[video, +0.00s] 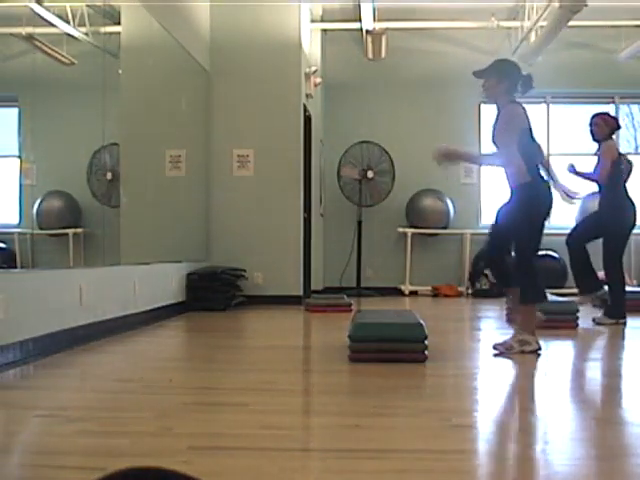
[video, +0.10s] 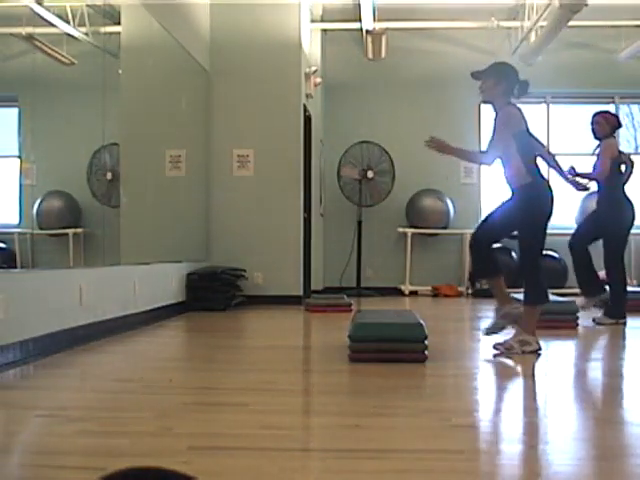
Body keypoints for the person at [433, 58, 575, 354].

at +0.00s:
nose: (483, 86)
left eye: (488, 81)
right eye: (484, 81)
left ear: (504, 84)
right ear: (504, 85)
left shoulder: (510, 113)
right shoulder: (513, 112)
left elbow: (507, 158)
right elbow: (537, 152)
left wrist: (463, 156)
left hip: (528, 194)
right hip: (528, 193)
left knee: (523, 260)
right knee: (496, 254)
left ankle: (527, 335)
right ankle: (523, 328)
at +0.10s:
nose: (480, 86)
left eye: (485, 82)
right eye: (481, 82)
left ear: (501, 86)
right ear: (500, 87)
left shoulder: (507, 114)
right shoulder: (508, 114)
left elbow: (488, 158)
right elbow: (540, 149)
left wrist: (450, 150)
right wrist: (568, 178)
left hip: (531, 197)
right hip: (530, 196)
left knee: (529, 265)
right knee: (479, 241)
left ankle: (528, 337)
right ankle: (505, 304)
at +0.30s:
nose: (484, 88)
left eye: (489, 83)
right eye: (485, 83)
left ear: (504, 84)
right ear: (500, 85)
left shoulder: (515, 114)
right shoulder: (508, 115)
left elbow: (512, 168)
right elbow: (506, 167)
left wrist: (504, 212)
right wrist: (501, 210)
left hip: (519, 196)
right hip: (510, 195)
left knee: (517, 262)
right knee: (501, 261)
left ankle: (527, 335)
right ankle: (512, 329)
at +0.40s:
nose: (482, 85)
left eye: (487, 80)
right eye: (483, 80)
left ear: (503, 83)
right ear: (501, 84)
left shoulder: (509, 111)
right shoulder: (506, 112)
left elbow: (520, 156)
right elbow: (499, 160)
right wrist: (466, 183)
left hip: (520, 188)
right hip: (517, 187)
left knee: (509, 256)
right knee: (508, 255)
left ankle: (521, 328)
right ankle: (517, 326)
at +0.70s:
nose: (479, 86)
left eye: (484, 81)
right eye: (480, 81)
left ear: (500, 85)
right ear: (494, 86)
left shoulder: (510, 113)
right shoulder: (496, 118)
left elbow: (535, 156)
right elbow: (495, 162)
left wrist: (535, 201)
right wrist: (468, 190)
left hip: (519, 191)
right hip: (507, 192)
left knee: (506, 257)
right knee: (502, 258)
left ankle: (517, 332)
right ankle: (511, 330)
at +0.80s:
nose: (481, 84)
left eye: (487, 80)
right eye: (481, 80)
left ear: (503, 83)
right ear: (492, 84)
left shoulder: (511, 113)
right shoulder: (498, 115)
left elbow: (512, 164)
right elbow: (502, 166)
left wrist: (490, 198)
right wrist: (486, 199)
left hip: (519, 190)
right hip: (507, 190)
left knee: (511, 258)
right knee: (499, 258)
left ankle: (518, 334)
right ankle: (511, 329)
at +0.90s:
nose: (479, 86)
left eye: (484, 82)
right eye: (480, 82)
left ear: (501, 86)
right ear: (497, 87)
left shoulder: (504, 113)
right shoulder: (502, 115)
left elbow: (498, 154)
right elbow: (494, 157)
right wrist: (458, 169)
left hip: (524, 194)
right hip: (520, 194)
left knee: (522, 262)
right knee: (479, 250)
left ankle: (517, 336)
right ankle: (502, 319)